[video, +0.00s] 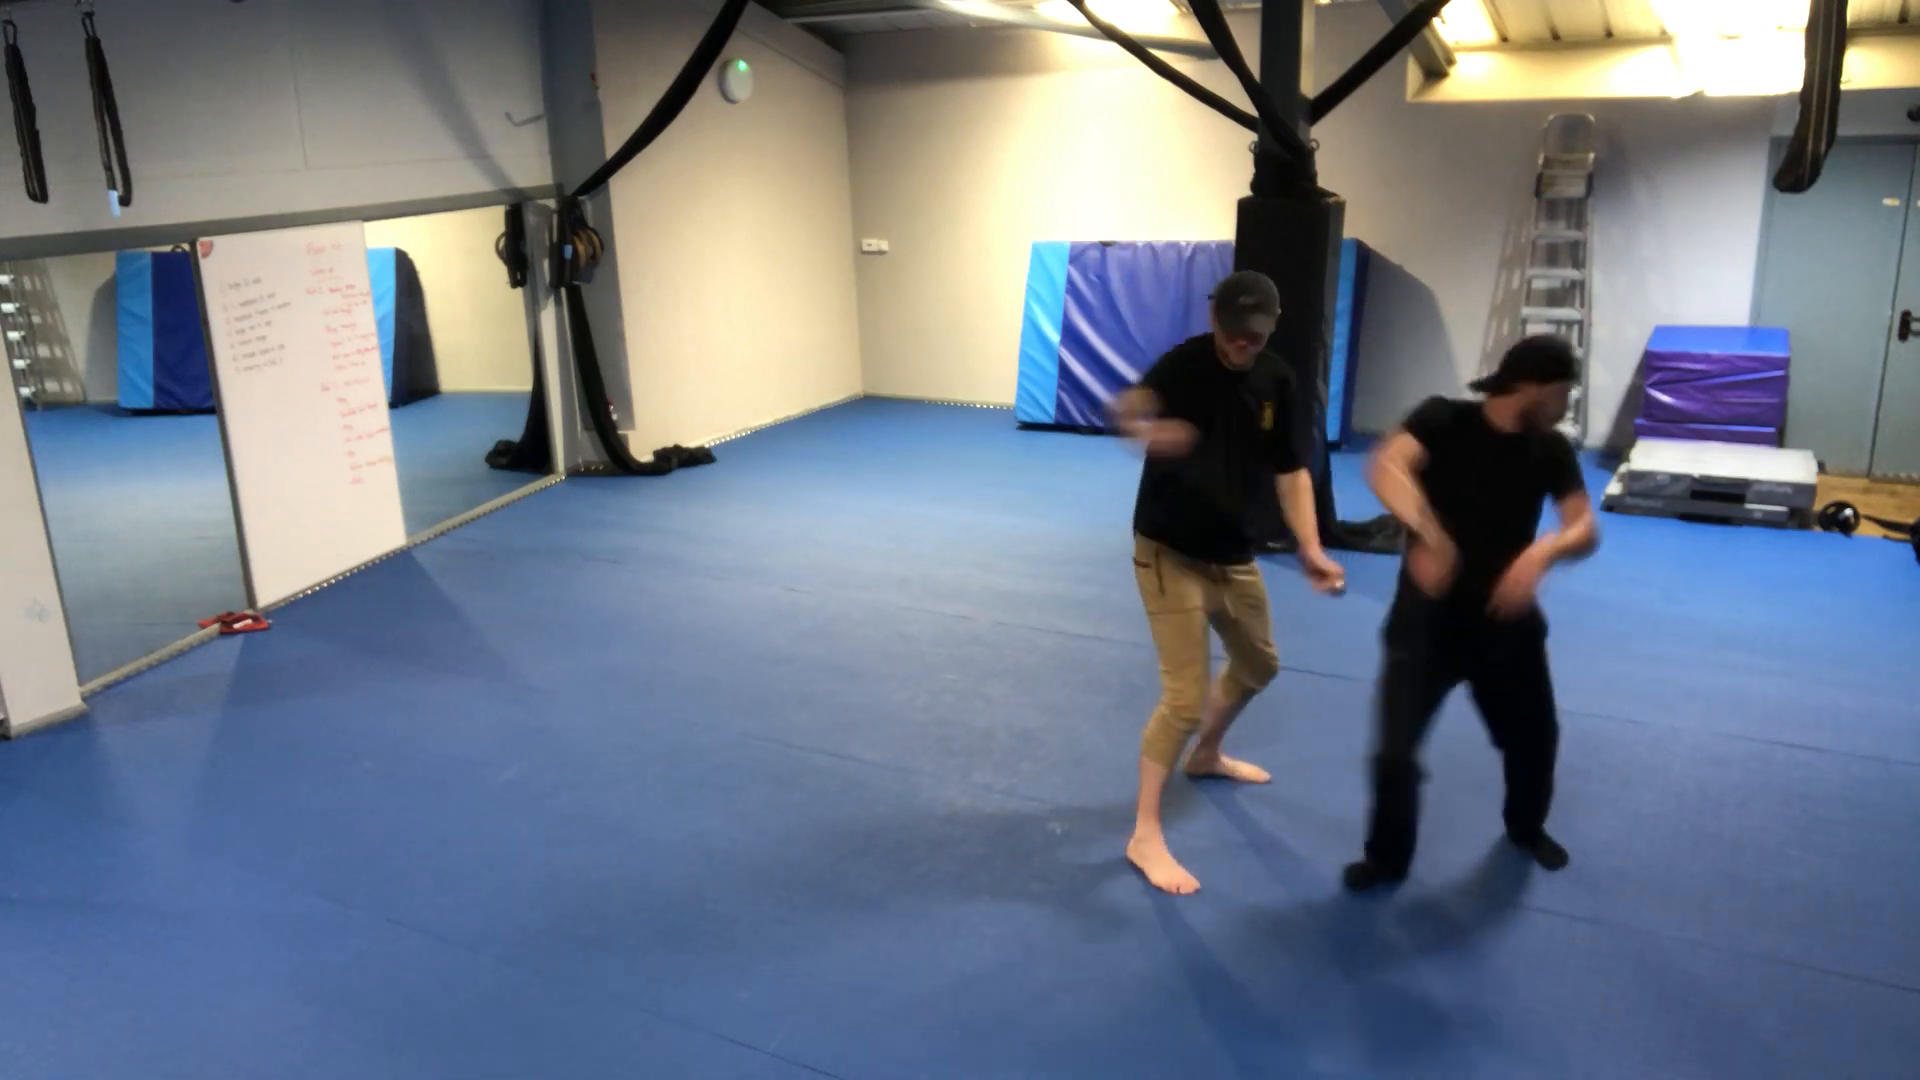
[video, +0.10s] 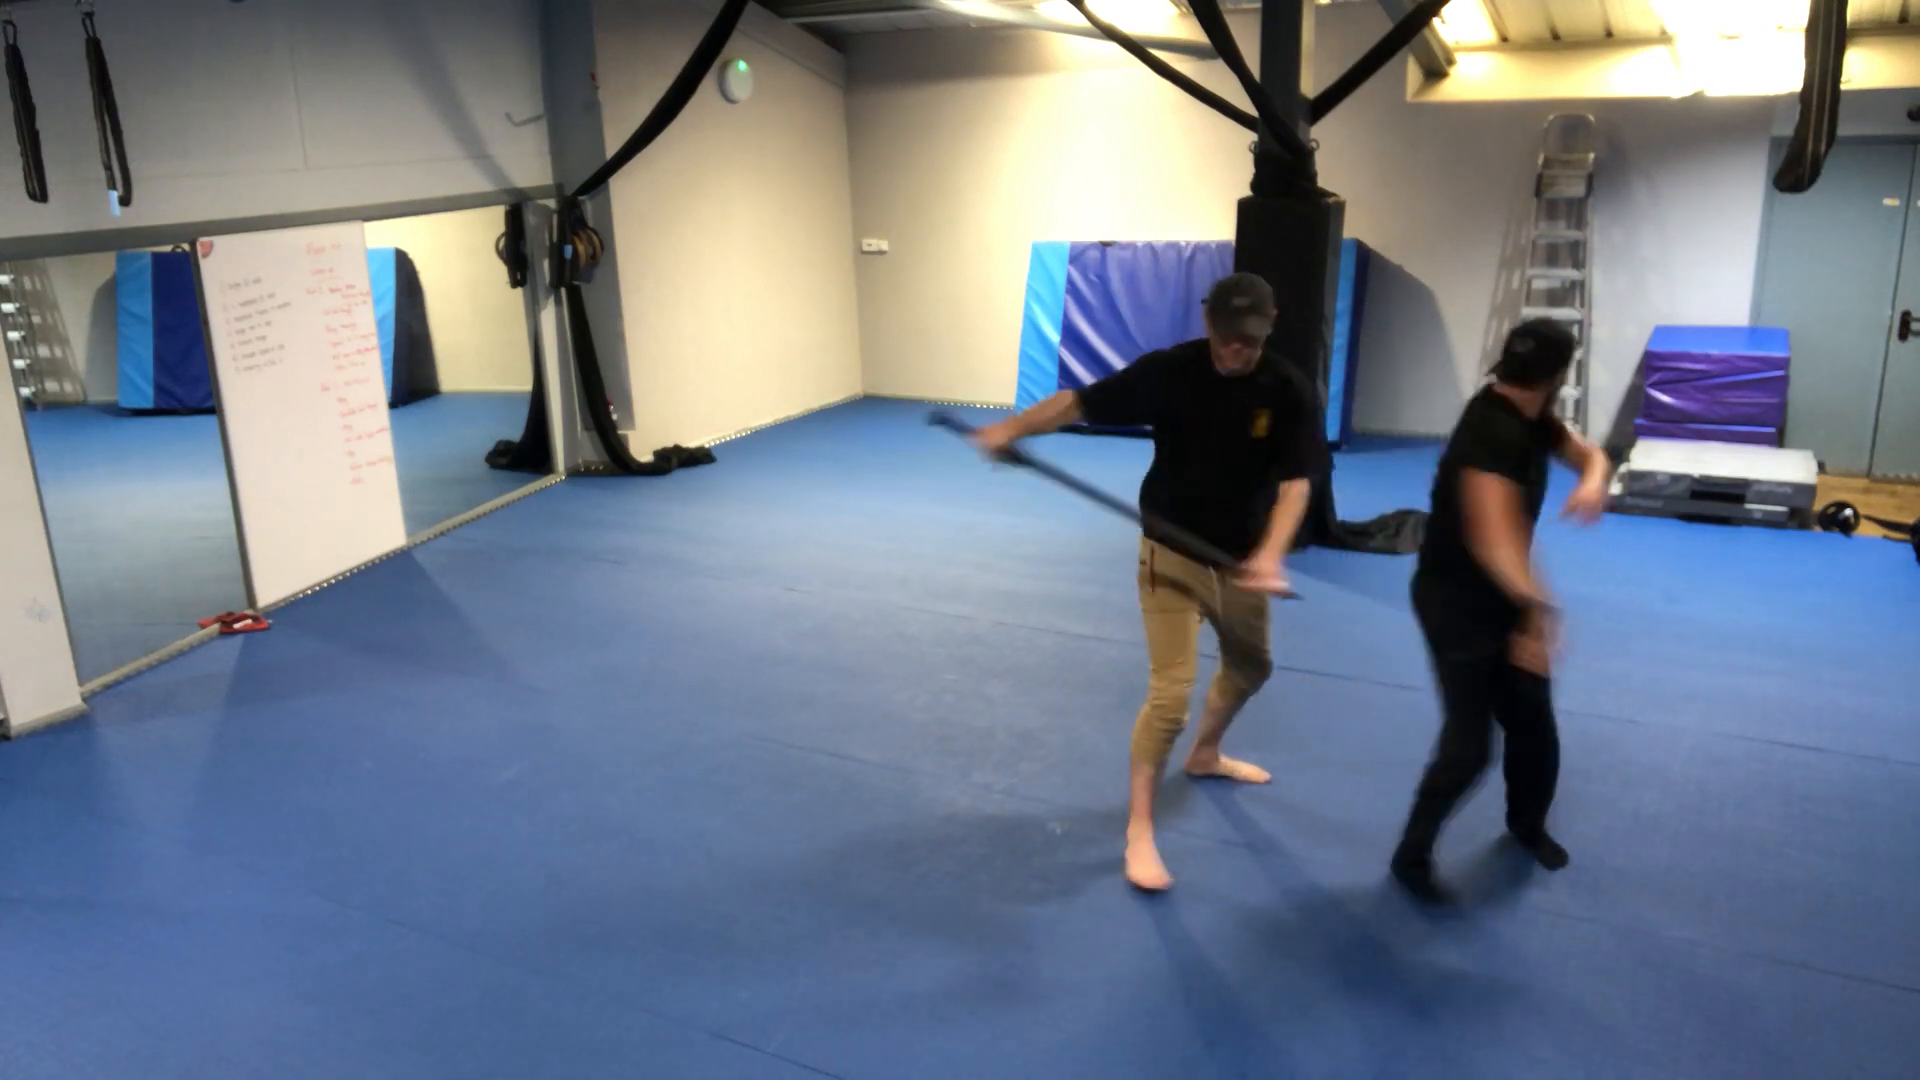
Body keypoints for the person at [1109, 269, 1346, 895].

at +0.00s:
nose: (1244, 347)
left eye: (1255, 338)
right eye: (1235, 335)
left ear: (1272, 330)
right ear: (1213, 319)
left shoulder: (1277, 382)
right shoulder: (1184, 363)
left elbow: (1292, 472)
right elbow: (1124, 411)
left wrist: (1311, 548)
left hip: (1233, 557)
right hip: (1168, 552)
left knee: (1255, 664)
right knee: (1182, 699)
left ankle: (1204, 752)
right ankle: (1145, 834)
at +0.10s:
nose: (1236, 355)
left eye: (1248, 344)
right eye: (1226, 342)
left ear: (1266, 335)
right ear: (1208, 329)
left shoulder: (1289, 390)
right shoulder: (1173, 371)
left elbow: (1297, 481)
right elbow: (1081, 401)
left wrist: (1269, 554)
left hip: (1244, 563)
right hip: (1173, 554)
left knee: (1249, 667)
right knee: (1171, 696)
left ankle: (1204, 752)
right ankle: (1140, 830)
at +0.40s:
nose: (1173, 384)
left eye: (1184, 373)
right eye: (1163, 373)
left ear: (1211, 354)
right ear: (1152, 363)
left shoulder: (1257, 405)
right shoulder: (1157, 397)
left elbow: (1280, 515)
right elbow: (1134, 458)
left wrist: (1219, 600)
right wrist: (1071, 507)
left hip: (1254, 584)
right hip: (1177, 573)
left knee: (1285, 713)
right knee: (1136, 709)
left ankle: (1303, 784)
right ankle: (1130, 841)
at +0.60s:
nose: (1186, 371)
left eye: (1191, 357)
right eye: (1179, 361)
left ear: (1226, 336)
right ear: (1175, 355)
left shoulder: (1289, 402)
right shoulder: (1181, 403)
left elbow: (1340, 498)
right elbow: (1170, 482)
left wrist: (1295, 590)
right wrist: (1125, 542)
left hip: (1274, 590)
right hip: (1196, 577)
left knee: (1306, 709)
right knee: (1130, 700)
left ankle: (1329, 796)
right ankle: (1144, 819)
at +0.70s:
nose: (1158, 337)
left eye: (1171, 325)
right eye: (1157, 326)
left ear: (1211, 332)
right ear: (1159, 334)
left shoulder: (1273, 400)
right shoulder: (1165, 405)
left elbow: (1358, 467)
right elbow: (1164, 479)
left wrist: (1368, 548)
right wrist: (1124, 542)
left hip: (1278, 589)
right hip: (1197, 570)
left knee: (1309, 703)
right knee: (1133, 687)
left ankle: (1328, 793)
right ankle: (1167, 798)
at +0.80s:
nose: (1118, 391)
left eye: (1127, 377)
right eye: (1117, 379)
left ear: (1169, 375)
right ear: (1156, 378)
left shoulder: (1244, 416)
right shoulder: (1144, 433)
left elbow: (1358, 438)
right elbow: (1149, 480)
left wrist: (1429, 524)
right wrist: (1114, 543)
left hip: (1279, 593)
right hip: (1199, 573)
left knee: (1312, 700)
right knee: (1138, 681)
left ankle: (1328, 791)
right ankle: (1178, 791)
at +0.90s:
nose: (1112, 481)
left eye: (1110, 470)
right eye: (1104, 476)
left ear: (1128, 442)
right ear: (1109, 456)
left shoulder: (1217, 441)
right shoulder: (1142, 472)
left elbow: (1337, 436)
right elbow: (1132, 510)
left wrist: (1436, 496)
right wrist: (1105, 562)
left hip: (1269, 606)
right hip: (1191, 594)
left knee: (1308, 716)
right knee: (1152, 716)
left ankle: (1327, 791)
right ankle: (1204, 825)